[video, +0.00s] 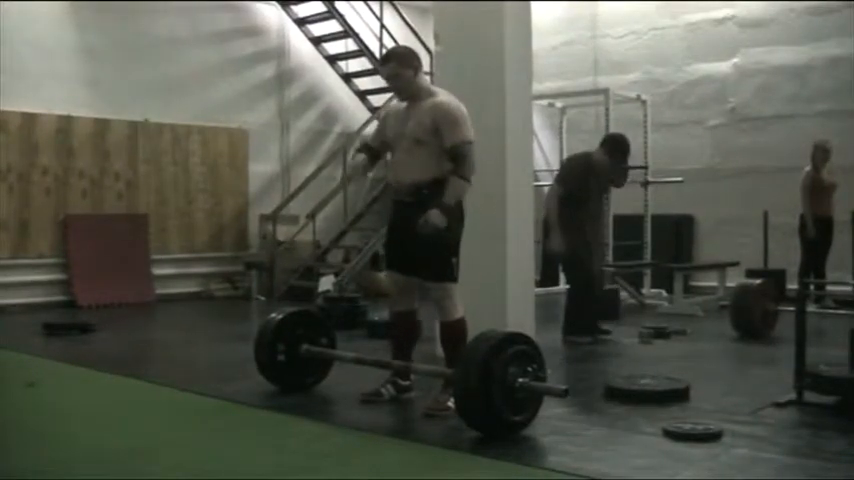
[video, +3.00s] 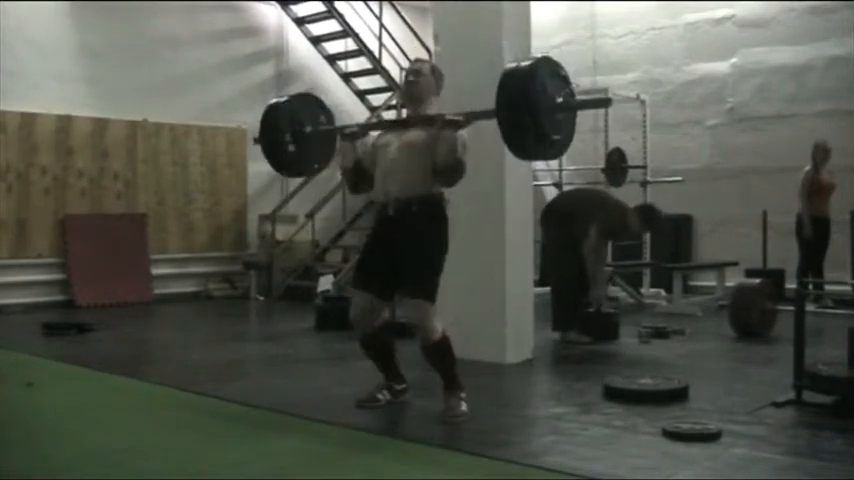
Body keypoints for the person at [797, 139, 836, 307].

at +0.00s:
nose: (824, 159)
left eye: (826, 155)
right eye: (821, 155)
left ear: (828, 157)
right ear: (814, 155)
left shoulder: (823, 175)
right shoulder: (809, 175)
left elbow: (824, 200)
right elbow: (806, 202)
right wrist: (809, 224)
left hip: (825, 220)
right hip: (811, 220)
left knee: (820, 259)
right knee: (808, 259)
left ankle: (820, 293)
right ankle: (803, 293)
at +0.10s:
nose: (824, 159)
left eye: (826, 155)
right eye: (821, 155)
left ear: (828, 157)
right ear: (814, 155)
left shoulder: (824, 175)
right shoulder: (809, 175)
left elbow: (824, 199)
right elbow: (805, 201)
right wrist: (809, 224)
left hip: (824, 220)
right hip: (811, 220)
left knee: (820, 259)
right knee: (808, 258)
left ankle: (820, 294)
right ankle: (802, 293)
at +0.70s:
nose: (824, 159)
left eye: (826, 156)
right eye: (821, 155)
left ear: (828, 157)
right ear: (814, 155)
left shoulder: (824, 175)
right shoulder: (809, 174)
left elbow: (825, 200)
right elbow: (805, 201)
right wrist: (809, 224)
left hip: (824, 221)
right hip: (811, 220)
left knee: (820, 260)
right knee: (808, 259)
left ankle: (820, 294)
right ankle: (803, 293)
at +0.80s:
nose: (823, 160)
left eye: (825, 157)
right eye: (820, 156)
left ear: (828, 158)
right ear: (813, 156)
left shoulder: (823, 175)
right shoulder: (809, 175)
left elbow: (823, 199)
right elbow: (805, 201)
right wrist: (809, 224)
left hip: (824, 220)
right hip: (811, 220)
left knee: (820, 259)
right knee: (808, 258)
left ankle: (820, 294)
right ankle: (803, 293)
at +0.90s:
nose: (823, 160)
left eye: (825, 157)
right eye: (820, 156)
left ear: (828, 158)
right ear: (813, 156)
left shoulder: (823, 175)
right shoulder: (809, 175)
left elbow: (824, 199)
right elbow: (805, 201)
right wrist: (809, 224)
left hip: (824, 220)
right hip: (811, 220)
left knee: (820, 259)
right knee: (808, 258)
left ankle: (820, 294)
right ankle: (803, 293)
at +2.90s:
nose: (823, 157)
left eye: (825, 154)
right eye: (820, 153)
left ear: (827, 155)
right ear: (813, 154)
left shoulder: (825, 173)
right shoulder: (808, 174)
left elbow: (823, 198)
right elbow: (802, 199)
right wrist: (806, 223)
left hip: (822, 219)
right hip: (808, 219)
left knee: (818, 259)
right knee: (806, 258)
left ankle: (819, 293)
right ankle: (802, 293)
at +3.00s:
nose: (825, 157)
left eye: (826, 154)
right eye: (822, 154)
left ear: (828, 156)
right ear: (814, 154)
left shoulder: (826, 174)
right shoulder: (809, 174)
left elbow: (824, 198)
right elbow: (803, 199)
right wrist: (806, 223)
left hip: (822, 219)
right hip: (808, 219)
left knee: (818, 258)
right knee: (806, 258)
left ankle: (819, 293)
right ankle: (802, 292)